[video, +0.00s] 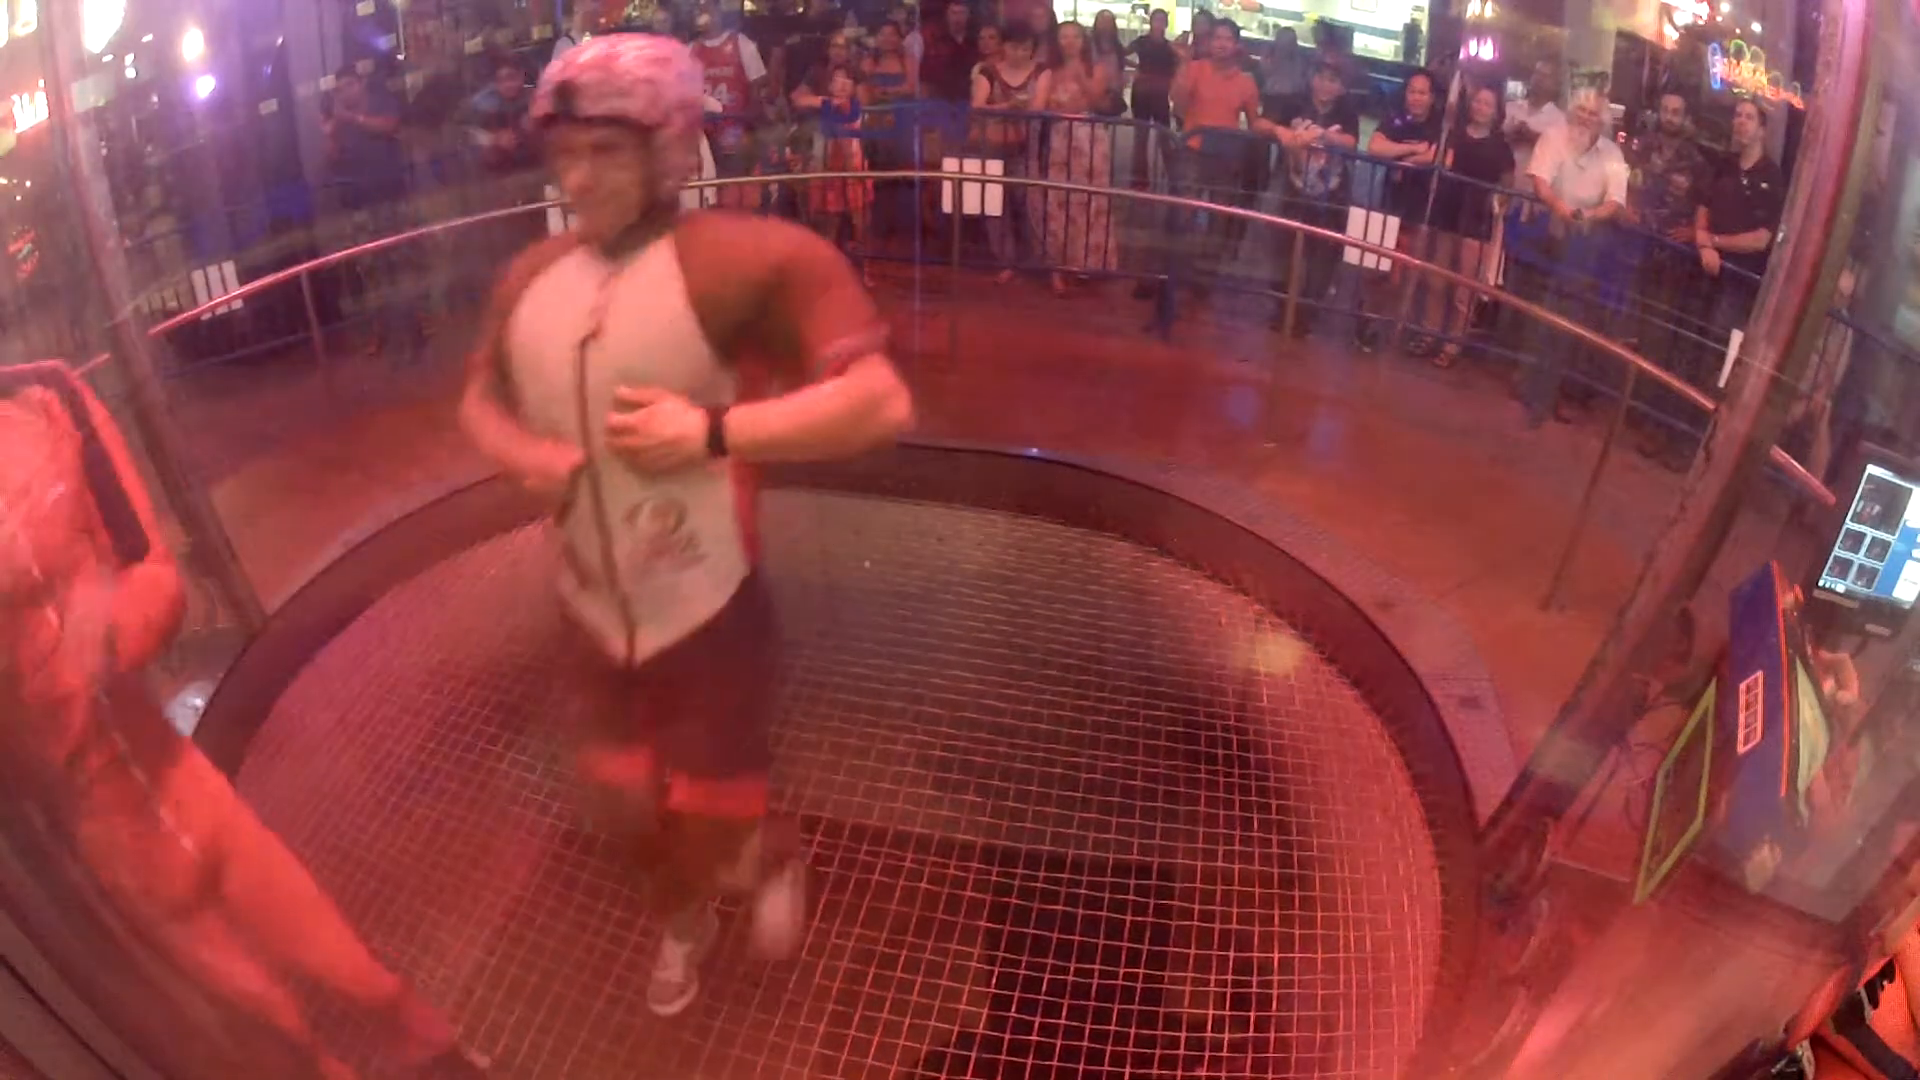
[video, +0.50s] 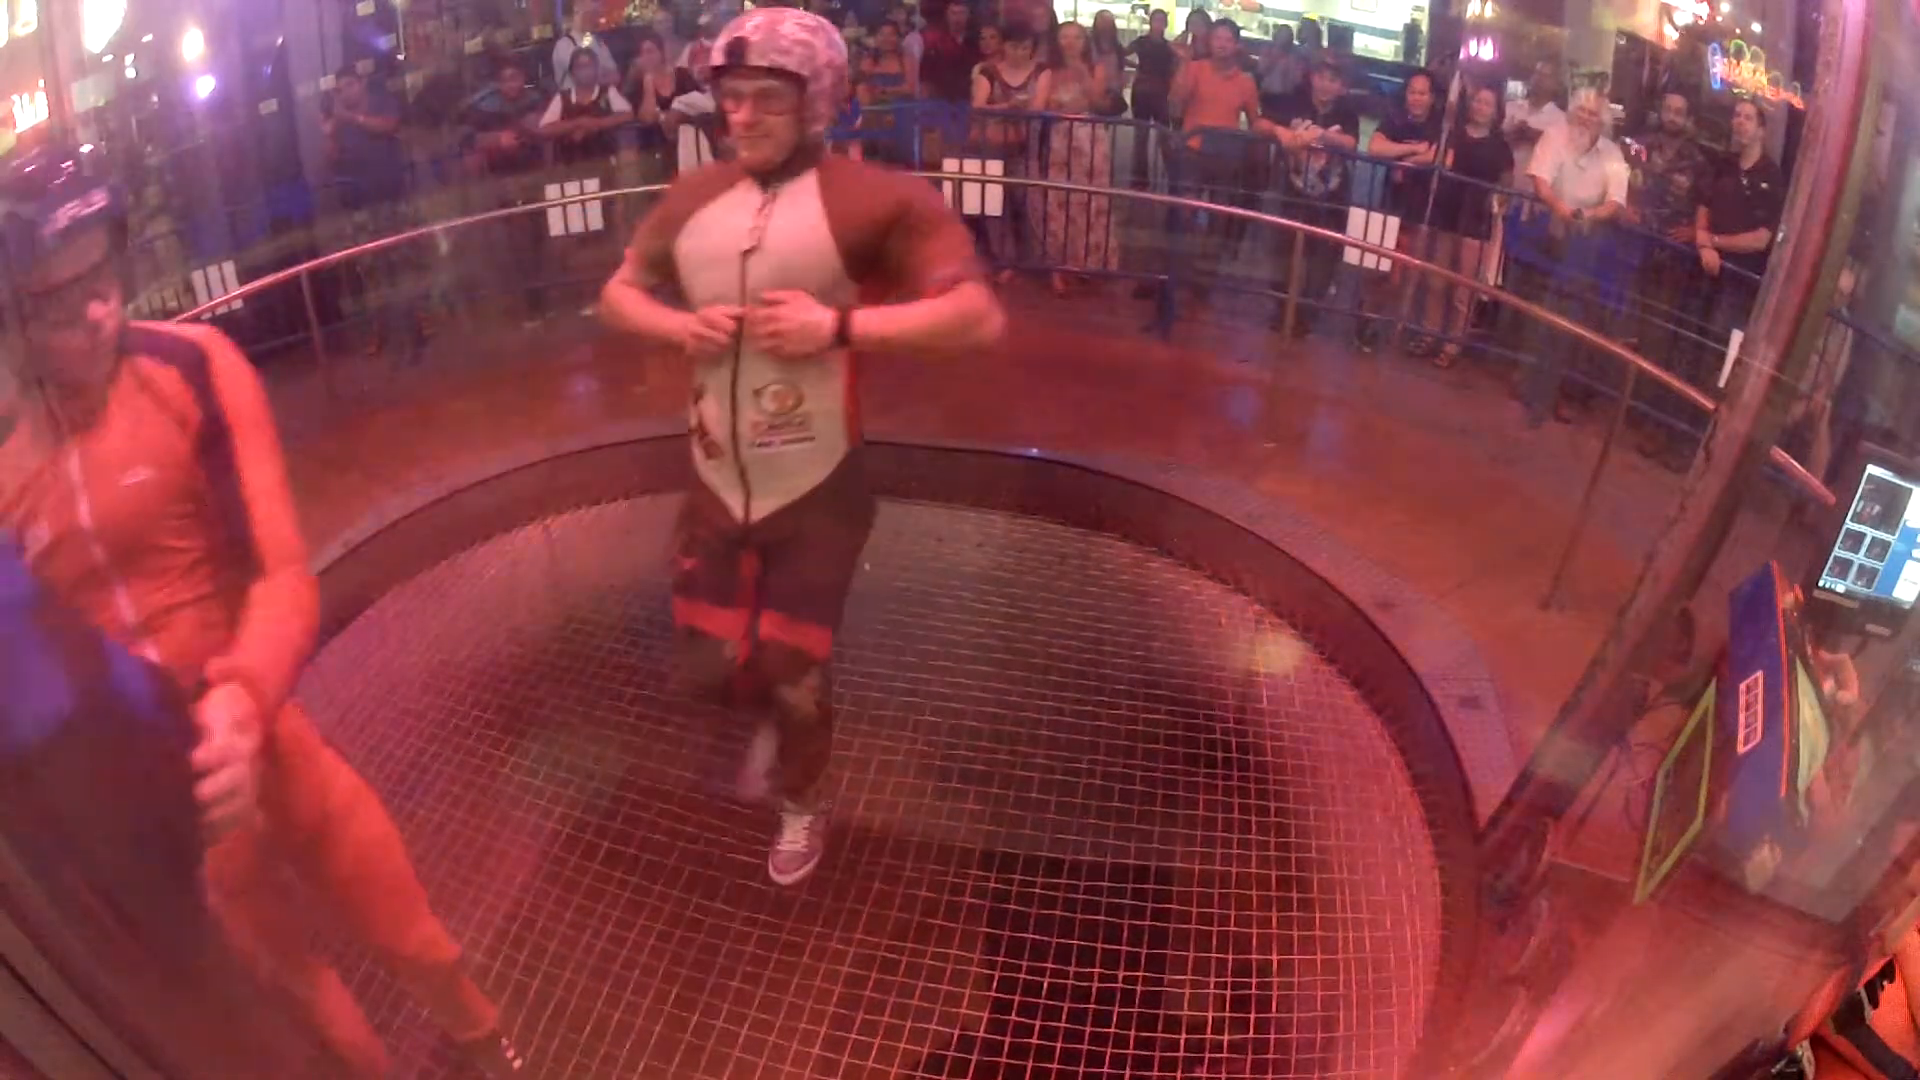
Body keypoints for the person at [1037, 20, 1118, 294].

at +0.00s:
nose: (1068, 42)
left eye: (1073, 37)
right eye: (1064, 37)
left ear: (1083, 40)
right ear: (1057, 42)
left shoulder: (1094, 70)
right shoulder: (1050, 74)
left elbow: (1098, 101)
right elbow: (1037, 108)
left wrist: (1081, 76)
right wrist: (1062, 105)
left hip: (1087, 137)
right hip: (1058, 136)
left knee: (1085, 200)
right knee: (1058, 200)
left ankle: (1082, 264)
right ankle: (1057, 265)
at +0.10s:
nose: (1068, 42)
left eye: (1073, 37)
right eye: (1064, 38)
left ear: (1083, 40)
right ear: (1057, 42)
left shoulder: (1095, 70)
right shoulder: (1050, 74)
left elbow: (1097, 101)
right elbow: (1037, 108)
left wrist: (1081, 76)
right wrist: (1062, 106)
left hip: (1087, 137)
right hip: (1058, 136)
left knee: (1086, 200)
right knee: (1058, 200)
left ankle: (1082, 264)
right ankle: (1058, 265)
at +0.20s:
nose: (1068, 42)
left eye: (1073, 37)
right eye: (1064, 37)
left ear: (1084, 40)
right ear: (1057, 41)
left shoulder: (1095, 69)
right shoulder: (1051, 74)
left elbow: (1098, 101)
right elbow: (1039, 106)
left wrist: (1081, 75)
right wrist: (1061, 108)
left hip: (1087, 138)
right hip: (1059, 137)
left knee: (1086, 200)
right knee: (1058, 200)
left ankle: (1083, 263)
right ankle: (1057, 265)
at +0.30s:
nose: (1069, 42)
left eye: (1075, 37)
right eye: (1064, 37)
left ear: (1084, 41)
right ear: (1058, 41)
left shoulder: (1095, 70)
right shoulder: (1050, 75)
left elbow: (1100, 103)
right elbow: (1037, 108)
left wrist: (1084, 77)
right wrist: (1061, 110)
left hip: (1088, 139)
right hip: (1059, 138)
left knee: (1086, 200)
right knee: (1058, 200)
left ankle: (1084, 264)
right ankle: (1057, 266)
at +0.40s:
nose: (1069, 42)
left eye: (1075, 37)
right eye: (1065, 37)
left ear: (1085, 41)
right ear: (1058, 42)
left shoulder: (1095, 70)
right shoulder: (1051, 75)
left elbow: (1100, 102)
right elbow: (1038, 108)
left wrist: (1084, 75)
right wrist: (1060, 110)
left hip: (1088, 138)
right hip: (1059, 137)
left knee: (1086, 200)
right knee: (1058, 200)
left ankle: (1084, 263)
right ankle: (1057, 266)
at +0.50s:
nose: (1069, 42)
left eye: (1075, 37)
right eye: (1065, 38)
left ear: (1084, 41)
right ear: (1058, 42)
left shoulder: (1094, 70)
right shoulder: (1051, 74)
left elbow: (1099, 102)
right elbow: (1039, 107)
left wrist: (1085, 75)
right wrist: (1060, 109)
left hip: (1088, 137)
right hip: (1059, 136)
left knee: (1086, 200)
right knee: (1058, 200)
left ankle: (1083, 263)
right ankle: (1058, 265)